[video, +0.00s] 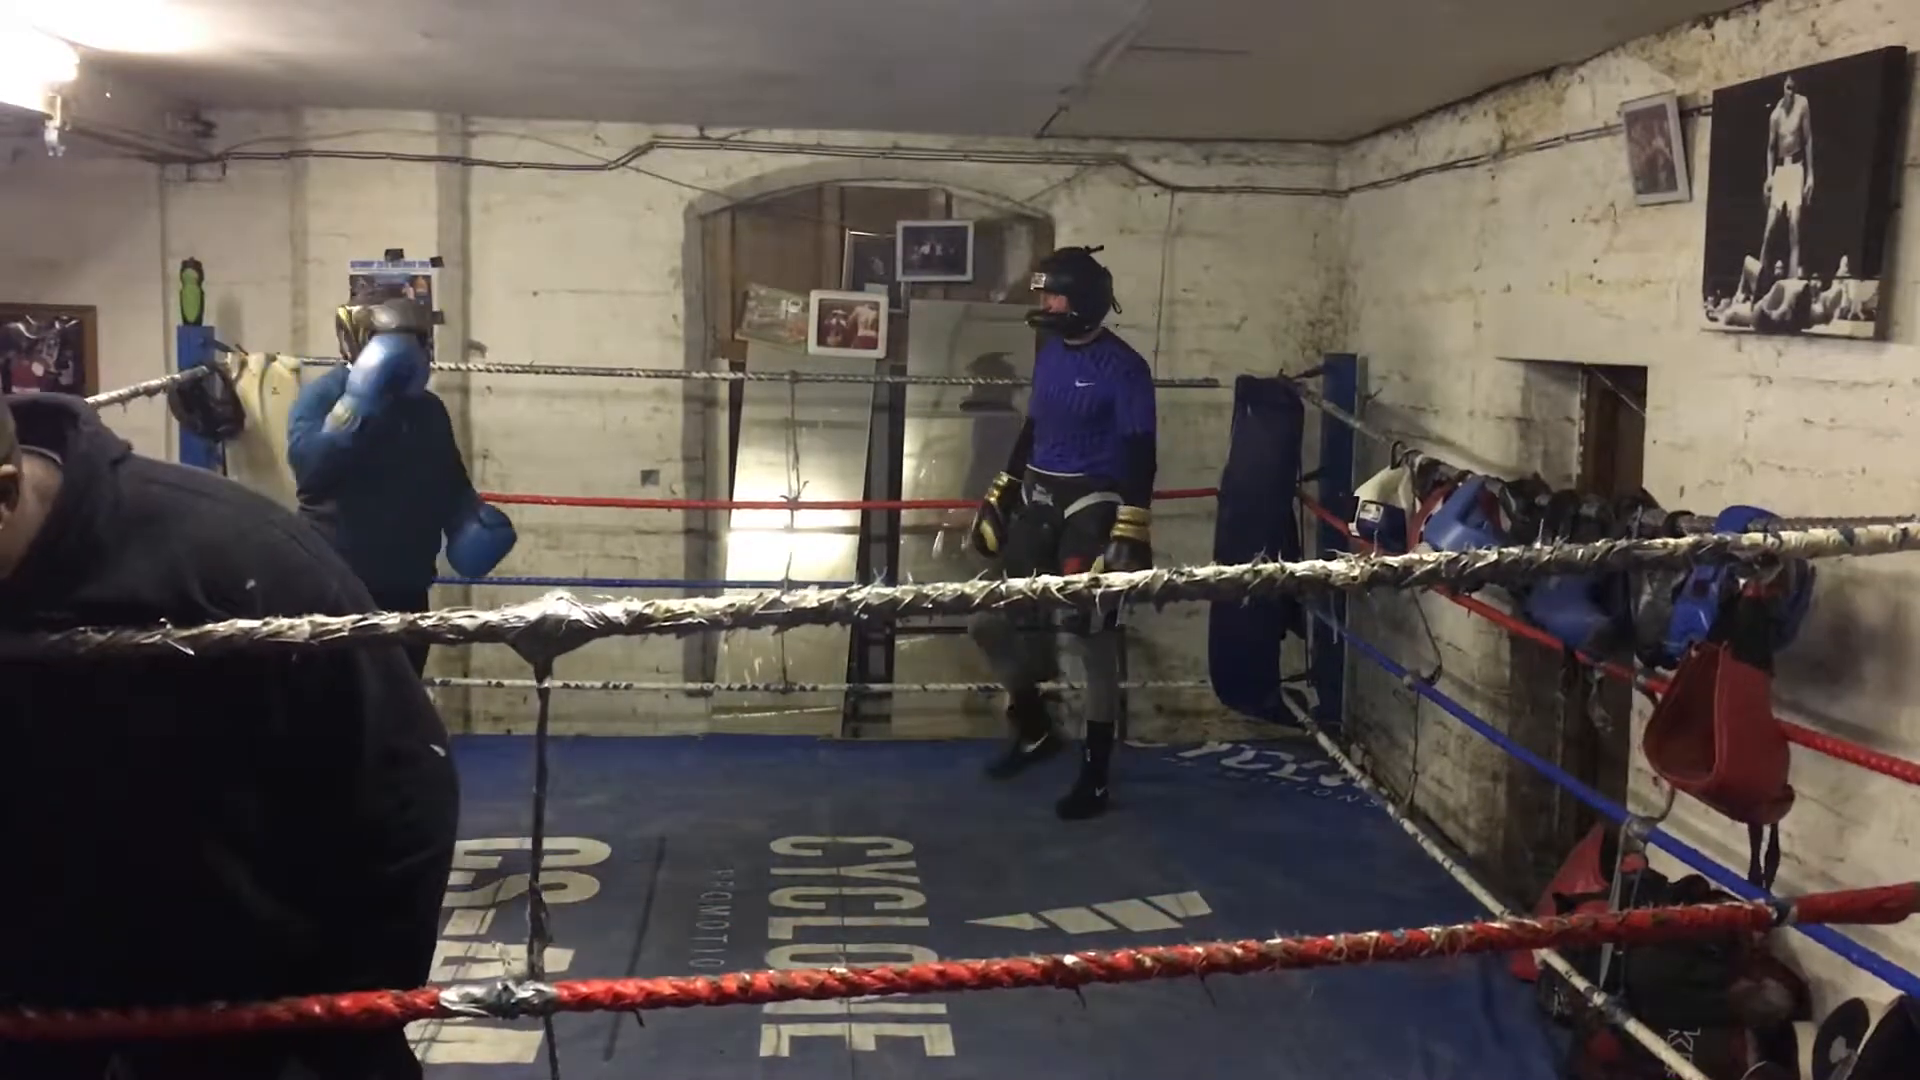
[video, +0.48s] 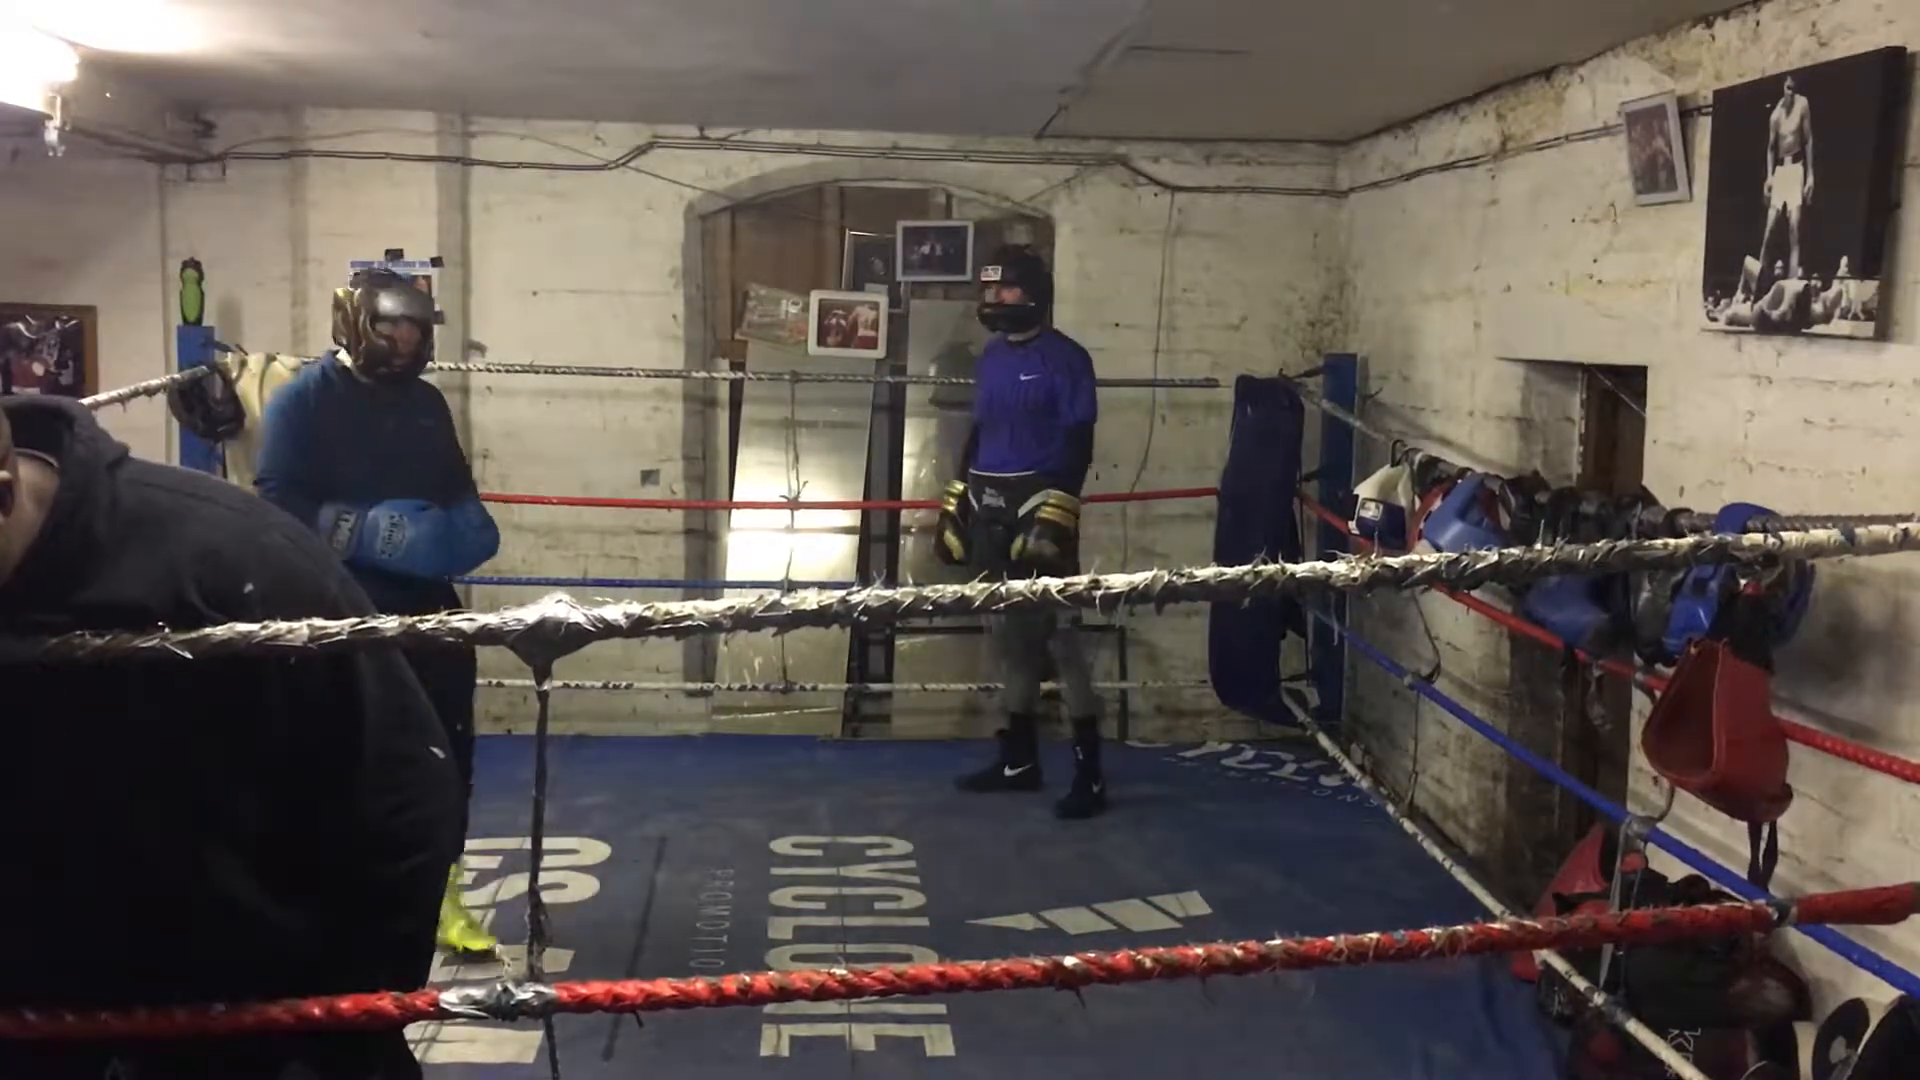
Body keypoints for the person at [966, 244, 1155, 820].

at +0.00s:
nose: (1043, 307)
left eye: (1054, 297)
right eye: (1042, 296)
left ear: (1083, 302)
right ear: (1048, 301)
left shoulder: (1125, 367)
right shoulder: (1048, 353)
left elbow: (1141, 454)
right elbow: (1032, 429)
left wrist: (1133, 525)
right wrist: (1000, 495)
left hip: (1096, 505)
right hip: (1038, 500)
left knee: (1093, 630)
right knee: (994, 621)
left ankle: (1096, 771)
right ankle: (1034, 729)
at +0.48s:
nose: (994, 298)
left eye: (1005, 289)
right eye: (993, 289)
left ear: (1033, 295)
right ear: (998, 296)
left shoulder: (1067, 358)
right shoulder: (991, 358)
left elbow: (1078, 448)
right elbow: (978, 434)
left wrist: (1052, 518)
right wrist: (956, 504)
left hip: (1045, 514)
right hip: (992, 511)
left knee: (1063, 632)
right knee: (1007, 634)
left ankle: (1088, 769)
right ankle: (1018, 758)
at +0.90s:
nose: (952, 301)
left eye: (964, 291)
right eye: (949, 291)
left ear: (991, 298)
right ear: (948, 297)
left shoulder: (1026, 356)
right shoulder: (945, 356)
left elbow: (1049, 441)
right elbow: (933, 432)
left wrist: (1030, 516)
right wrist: (911, 503)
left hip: (1007, 502)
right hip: (954, 501)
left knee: (976, 628)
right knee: (978, 631)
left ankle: (1033, 714)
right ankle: (1013, 752)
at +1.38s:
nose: (888, 323)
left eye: (898, 311)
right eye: (884, 311)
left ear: (926, 313)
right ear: (882, 316)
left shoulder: (968, 366)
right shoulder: (901, 369)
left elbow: (1016, 444)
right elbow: (904, 439)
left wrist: (1025, 523)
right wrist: (901, 500)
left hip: (979, 501)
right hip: (931, 505)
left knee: (976, 630)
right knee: (978, 626)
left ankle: (980, 767)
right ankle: (1033, 734)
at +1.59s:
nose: (880, 313)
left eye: (892, 303)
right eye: (876, 302)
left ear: (921, 309)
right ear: (874, 307)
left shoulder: (960, 366)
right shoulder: (884, 361)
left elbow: (1004, 449)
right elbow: (885, 436)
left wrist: (995, 523)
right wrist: (877, 504)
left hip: (962, 507)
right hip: (913, 509)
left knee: (971, 632)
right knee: (932, 630)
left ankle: (979, 769)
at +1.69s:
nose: (873, 305)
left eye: (886, 296)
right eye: (869, 296)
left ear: (915, 302)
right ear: (866, 301)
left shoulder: (953, 362)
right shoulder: (879, 356)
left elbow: (994, 444)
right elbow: (878, 430)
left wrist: (981, 517)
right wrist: (859, 499)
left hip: (951, 507)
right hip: (897, 507)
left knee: (959, 633)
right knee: (891, 634)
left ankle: (978, 769)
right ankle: (965, 609)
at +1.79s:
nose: (864, 298)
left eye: (875, 287)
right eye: (857, 287)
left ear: (903, 293)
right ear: (851, 294)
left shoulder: (938, 356)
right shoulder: (865, 353)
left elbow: (978, 438)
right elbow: (864, 426)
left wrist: (963, 510)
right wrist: (838, 493)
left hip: (933, 504)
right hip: (879, 502)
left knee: (945, 632)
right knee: (844, 618)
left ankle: (974, 769)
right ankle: (928, 671)